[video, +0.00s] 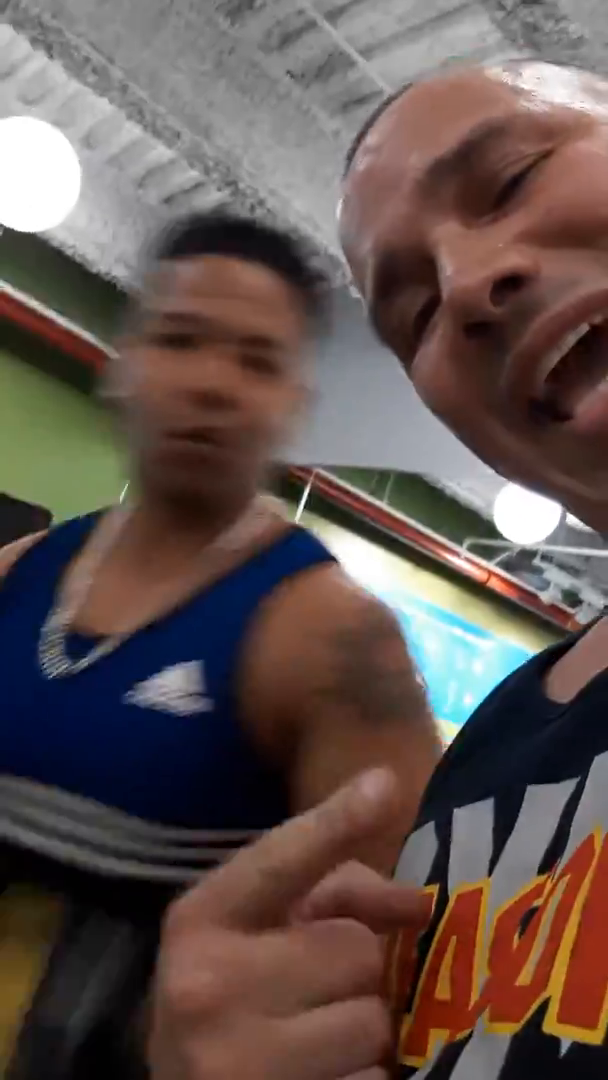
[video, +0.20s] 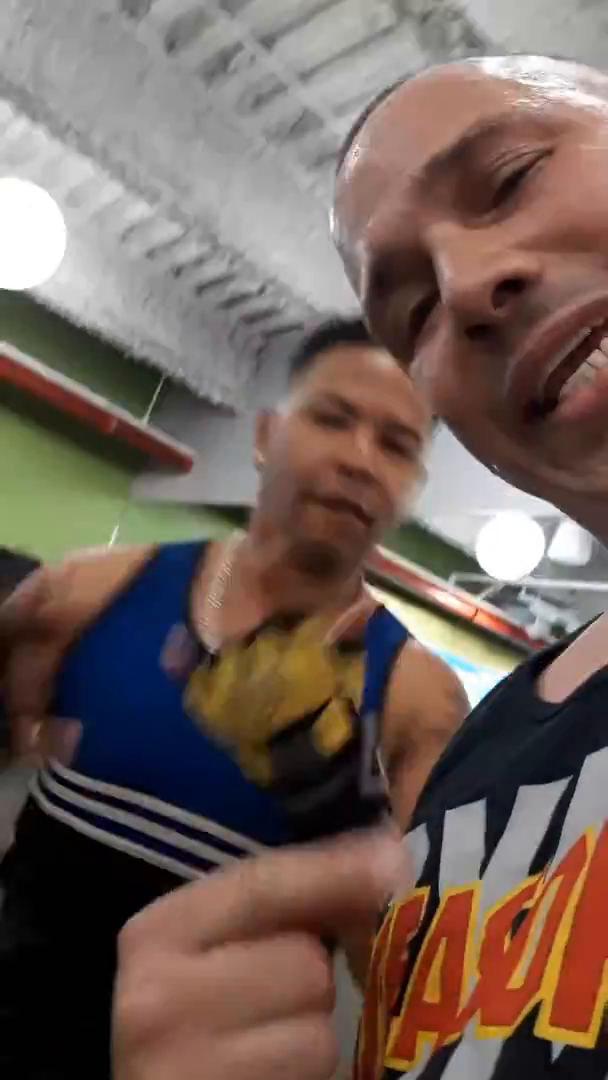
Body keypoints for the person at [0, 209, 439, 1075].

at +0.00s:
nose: (213, 383)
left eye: (258, 359)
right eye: (179, 341)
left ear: (300, 404)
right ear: (119, 364)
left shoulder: (330, 639)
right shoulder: (22, 570)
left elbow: (378, 955)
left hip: (168, 1057)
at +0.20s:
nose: (360, 459)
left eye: (396, 444)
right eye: (332, 420)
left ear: (414, 491)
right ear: (266, 436)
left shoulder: (417, 703)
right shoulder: (82, 597)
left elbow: (406, 971)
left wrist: (332, 802)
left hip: (218, 1051)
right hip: (21, 1003)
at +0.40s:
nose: (378, 536)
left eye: (409, 522)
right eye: (352, 500)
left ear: (425, 562)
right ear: (290, 515)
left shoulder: (436, 752)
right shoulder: (145, 654)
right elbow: (0, 837)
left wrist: (411, 822)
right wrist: (112, 722)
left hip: (270, 1063)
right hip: (64, 1031)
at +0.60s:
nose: (383, 598)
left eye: (412, 582)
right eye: (358, 567)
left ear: (432, 616)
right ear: (304, 581)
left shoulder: (423, 774)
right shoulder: (181, 697)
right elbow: (11, 878)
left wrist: (420, 835)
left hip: (285, 1069)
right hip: (94, 1044)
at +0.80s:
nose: (372, 601)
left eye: (404, 587)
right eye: (351, 570)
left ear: (424, 622)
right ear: (302, 576)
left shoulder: (412, 782)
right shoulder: (183, 674)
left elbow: (442, 1013)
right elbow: (13, 805)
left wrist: (396, 792)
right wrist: (200, 712)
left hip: (222, 1062)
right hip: (58, 1018)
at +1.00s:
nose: (259, 657)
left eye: (297, 638)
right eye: (250, 624)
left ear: (364, 652)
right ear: (232, 618)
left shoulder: (380, 849)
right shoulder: (135, 733)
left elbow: (395, 1065)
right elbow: (4, 871)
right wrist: (11, 1010)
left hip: (234, 1064)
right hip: (84, 1029)